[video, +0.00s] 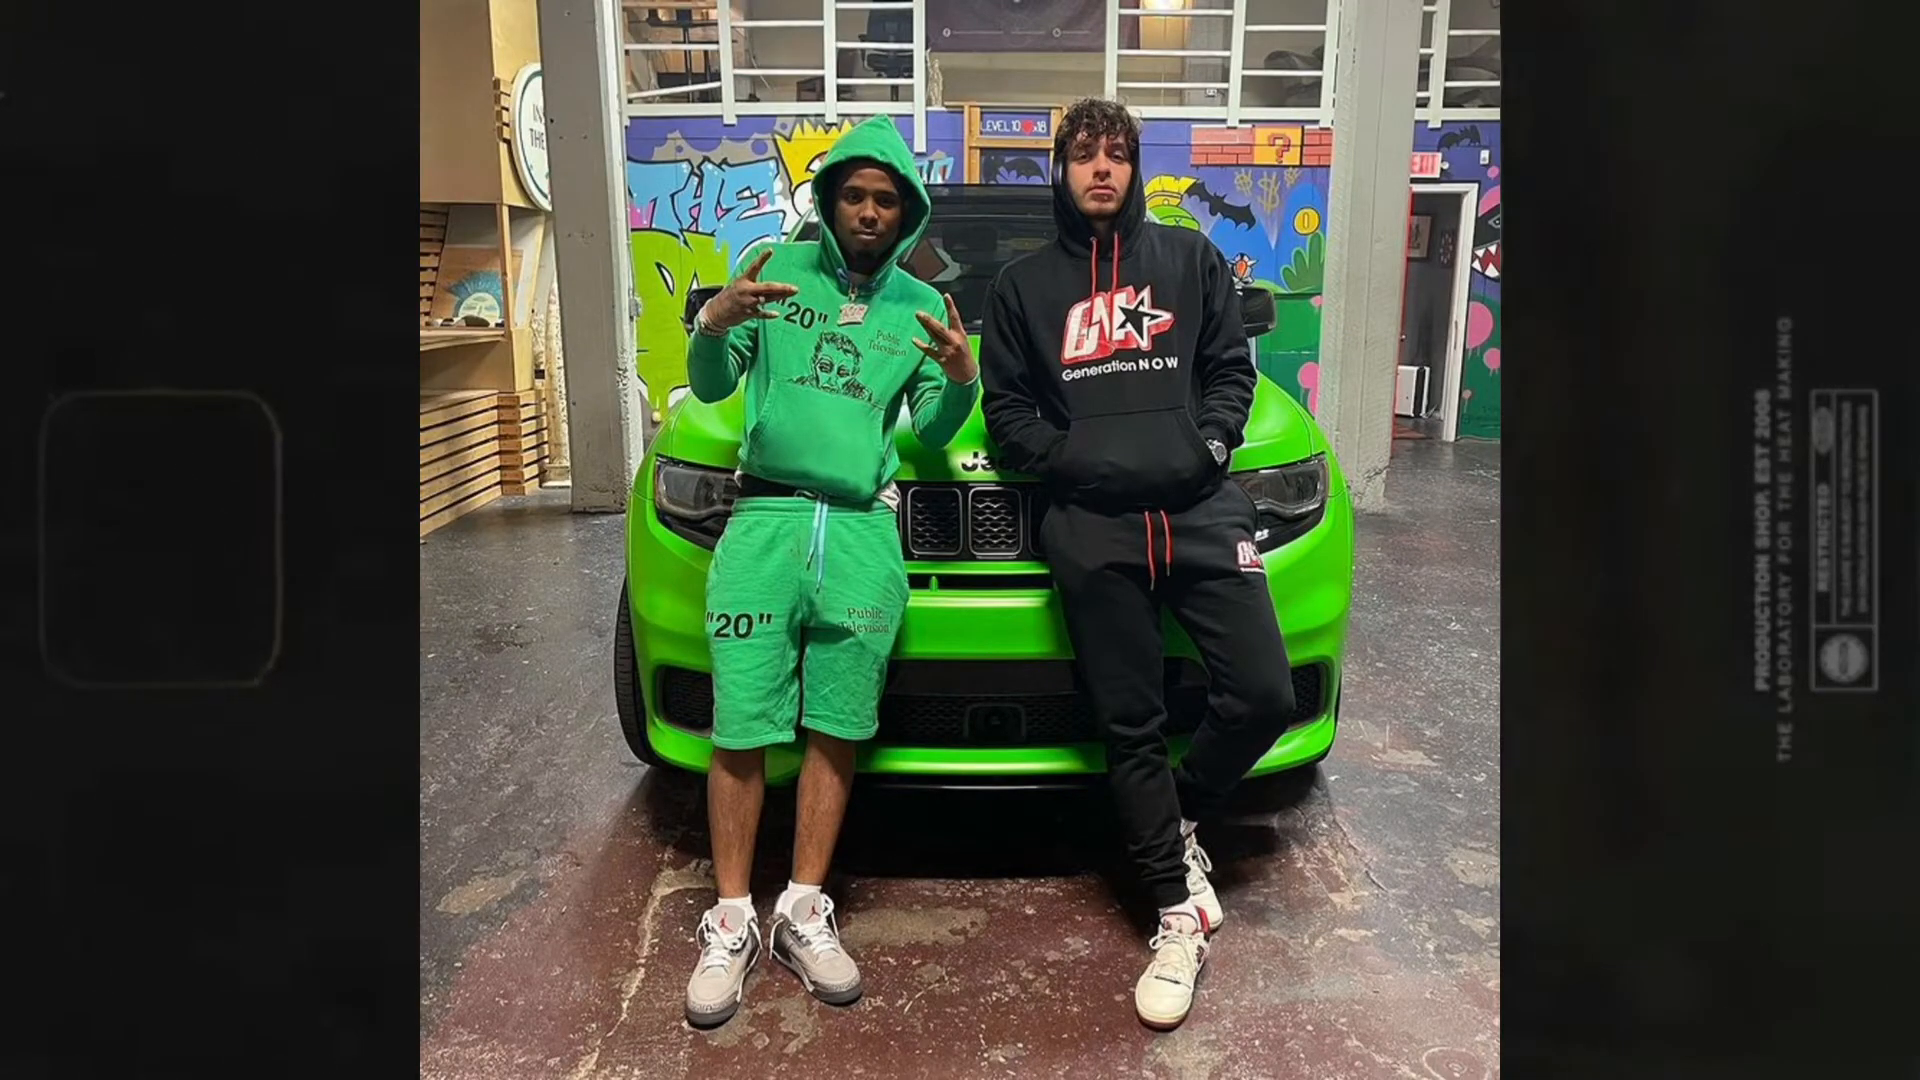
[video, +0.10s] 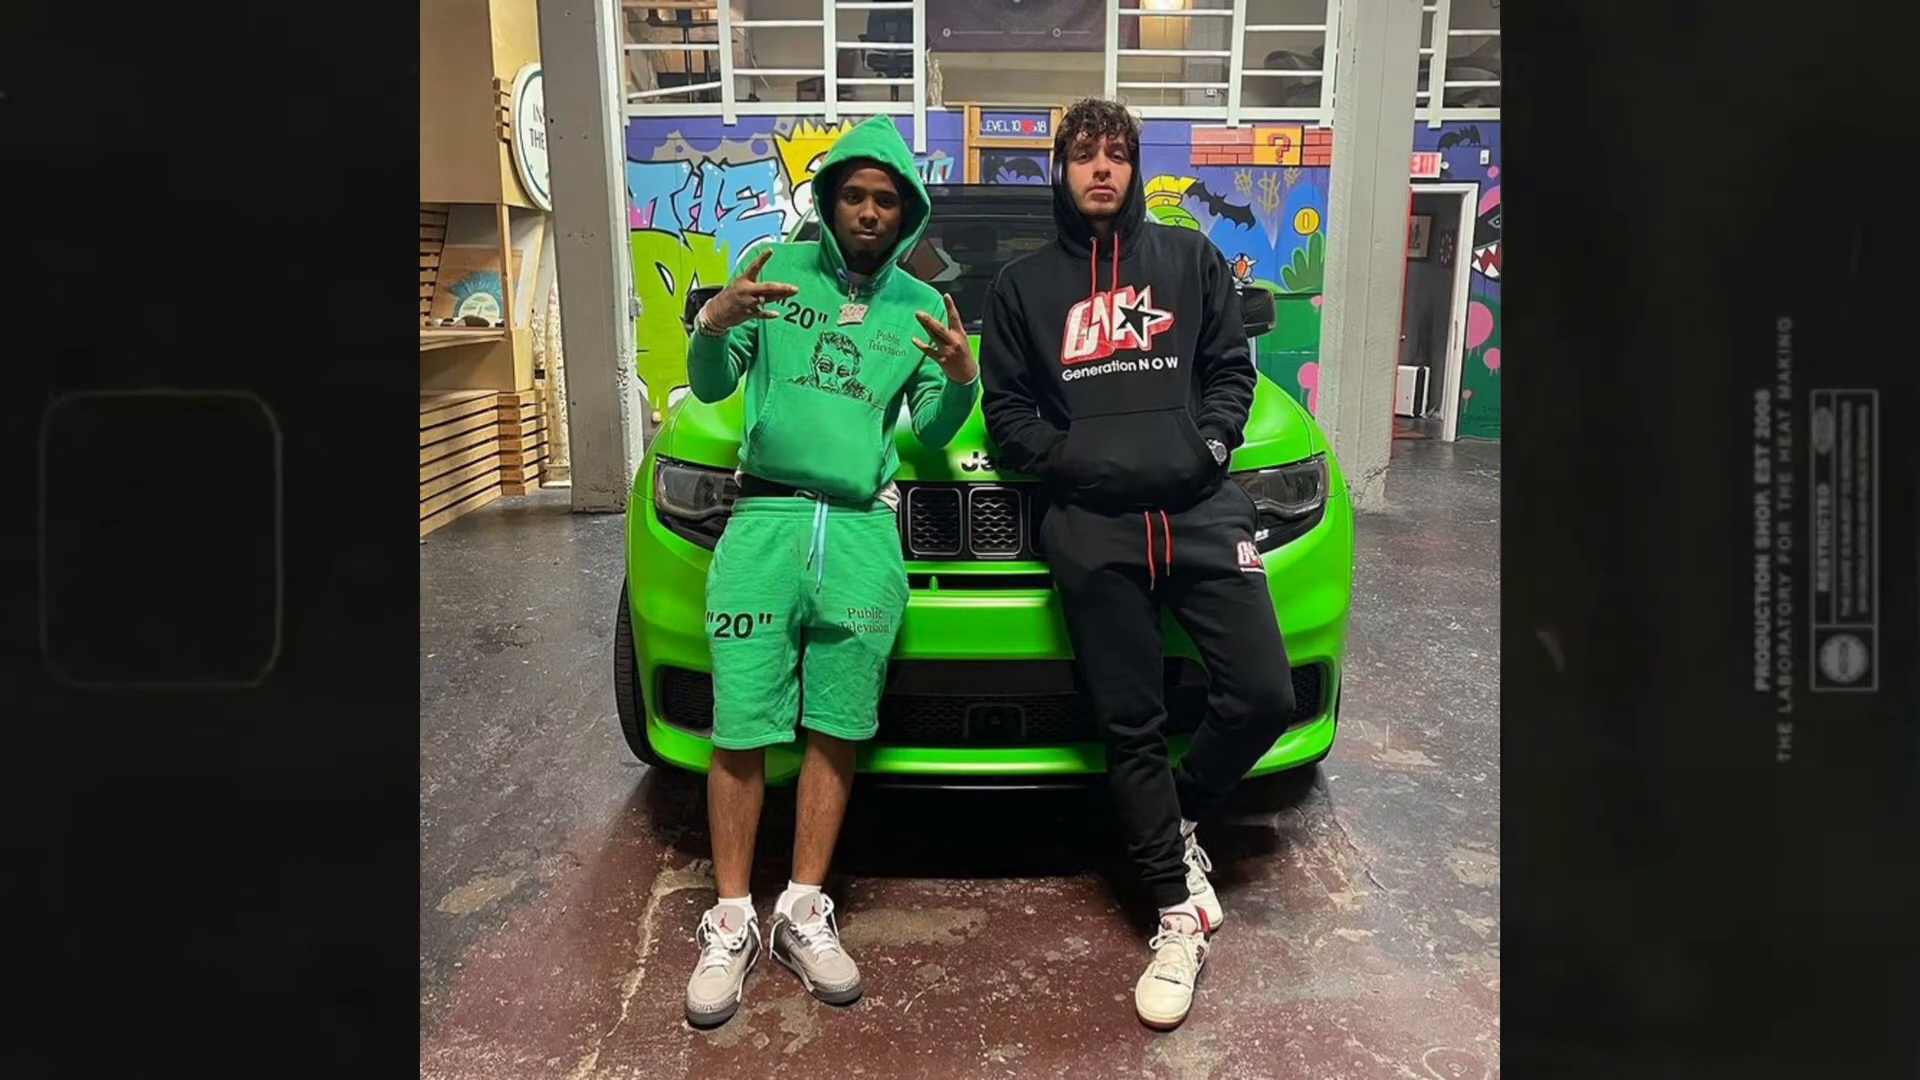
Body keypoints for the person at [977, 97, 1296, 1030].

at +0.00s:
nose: (1101, 171)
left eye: (1115, 159)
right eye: (1086, 159)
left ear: (1137, 170)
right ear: (1061, 172)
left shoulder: (1193, 257)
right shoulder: (1019, 281)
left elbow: (1232, 367)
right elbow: (1005, 405)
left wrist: (1208, 445)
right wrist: (1065, 456)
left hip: (1200, 502)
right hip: (1091, 513)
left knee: (1262, 692)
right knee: (1131, 719)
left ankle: (1180, 820)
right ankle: (1179, 917)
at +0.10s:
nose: (1101, 171)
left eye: (1115, 159)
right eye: (1086, 159)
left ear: (1137, 170)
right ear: (1061, 172)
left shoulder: (1193, 257)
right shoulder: (1019, 281)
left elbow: (1232, 367)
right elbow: (1005, 405)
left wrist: (1208, 445)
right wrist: (1065, 456)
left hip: (1200, 502)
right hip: (1091, 513)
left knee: (1262, 692)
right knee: (1131, 719)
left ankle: (1180, 820)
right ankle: (1179, 917)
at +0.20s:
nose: (1101, 171)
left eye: (1115, 159)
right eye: (1086, 159)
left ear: (1137, 170)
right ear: (1061, 172)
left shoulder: (1193, 257)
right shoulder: (1019, 281)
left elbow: (1232, 367)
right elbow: (1005, 405)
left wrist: (1208, 445)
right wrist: (1065, 456)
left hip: (1200, 502)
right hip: (1091, 513)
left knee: (1262, 692)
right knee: (1131, 719)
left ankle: (1180, 820)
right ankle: (1179, 917)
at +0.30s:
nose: (1101, 171)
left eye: (1115, 159)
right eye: (1086, 159)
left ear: (1137, 170)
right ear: (1061, 172)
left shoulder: (1193, 257)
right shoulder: (1019, 281)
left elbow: (1232, 367)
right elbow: (1005, 405)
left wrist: (1208, 445)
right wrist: (1065, 456)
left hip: (1200, 502)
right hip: (1091, 513)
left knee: (1262, 692)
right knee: (1131, 719)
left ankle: (1180, 820)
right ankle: (1179, 917)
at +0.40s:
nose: (1101, 171)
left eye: (1115, 159)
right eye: (1086, 159)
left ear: (1137, 170)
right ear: (1061, 172)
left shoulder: (1193, 257)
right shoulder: (1019, 281)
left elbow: (1232, 367)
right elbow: (1005, 405)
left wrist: (1208, 445)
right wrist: (1065, 456)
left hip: (1200, 502)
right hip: (1091, 513)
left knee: (1262, 692)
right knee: (1131, 718)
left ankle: (1180, 820)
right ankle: (1179, 917)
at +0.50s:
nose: (1101, 171)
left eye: (1115, 159)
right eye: (1086, 159)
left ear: (1137, 170)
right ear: (1061, 172)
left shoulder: (1193, 257)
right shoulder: (1019, 281)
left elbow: (1232, 367)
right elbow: (1005, 405)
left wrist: (1208, 445)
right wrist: (1065, 456)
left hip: (1200, 502)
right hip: (1091, 513)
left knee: (1262, 692)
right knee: (1131, 718)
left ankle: (1180, 820)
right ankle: (1179, 917)